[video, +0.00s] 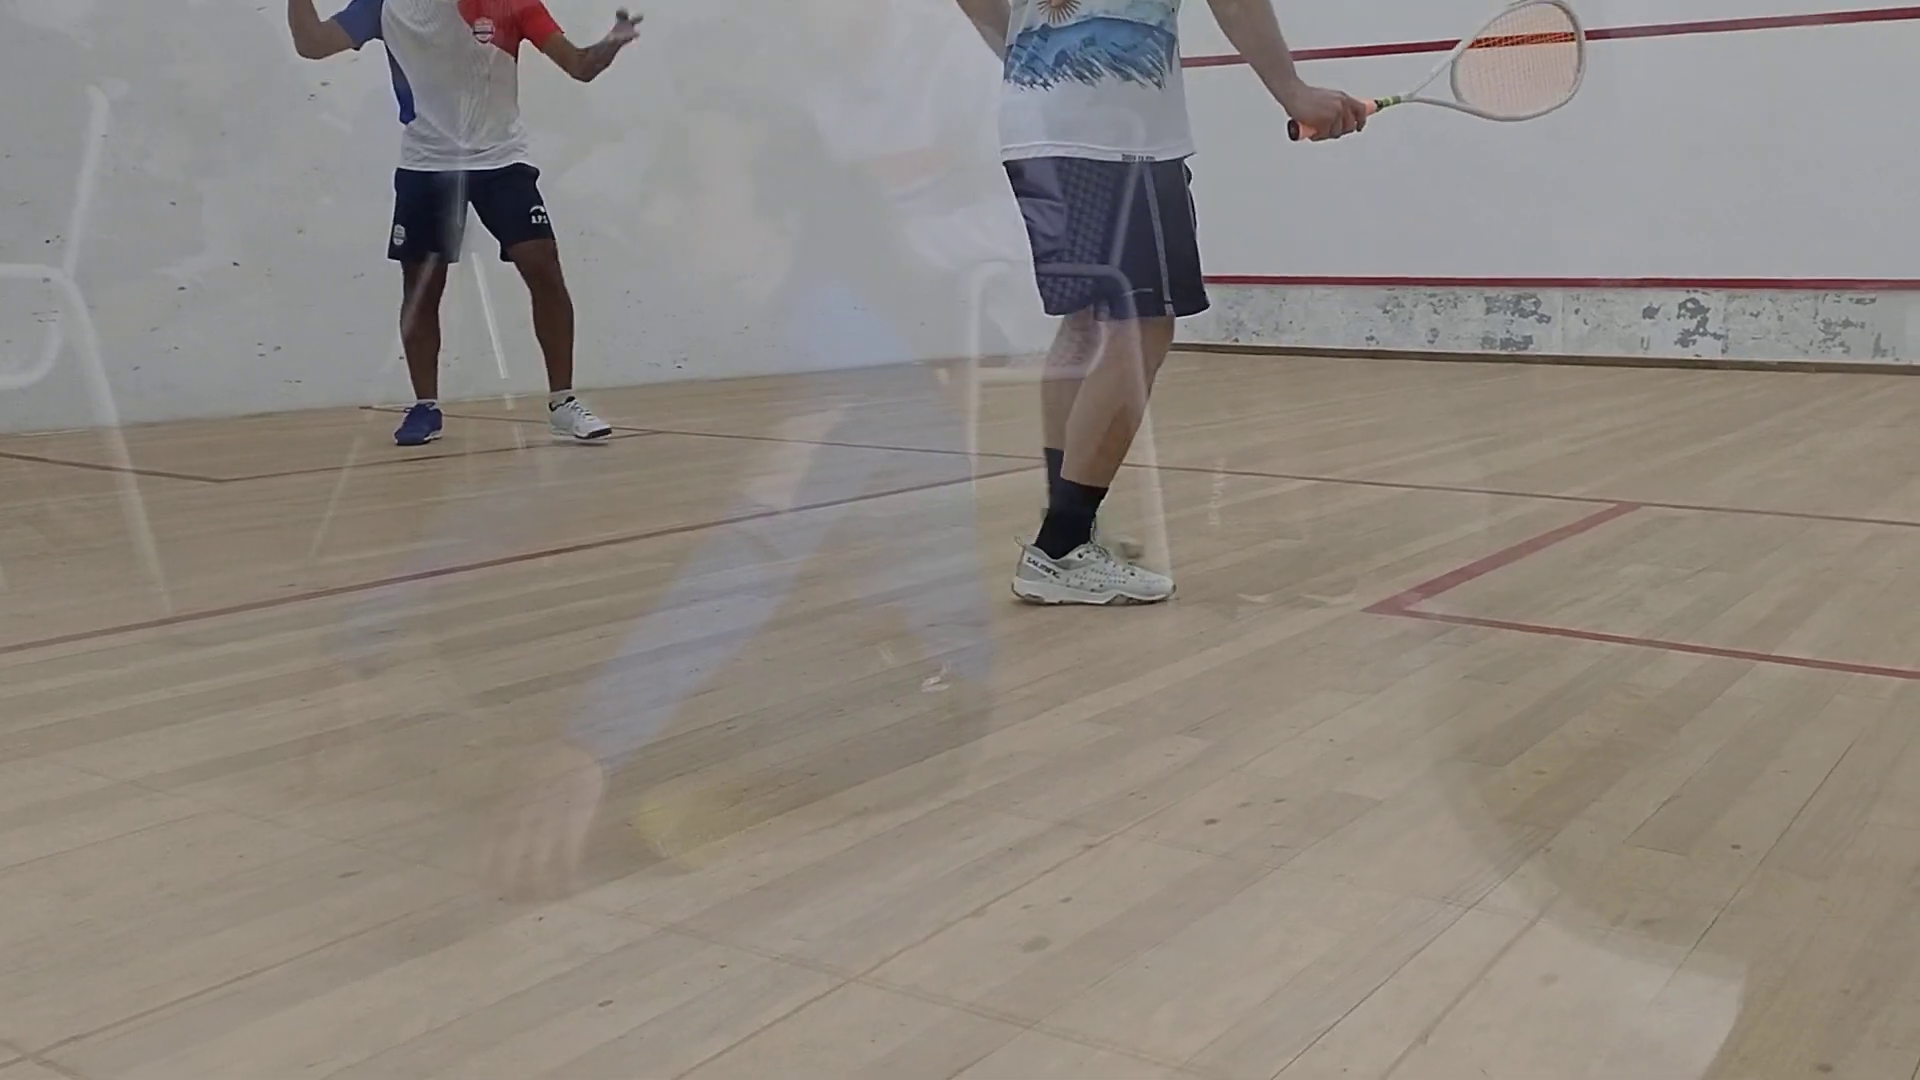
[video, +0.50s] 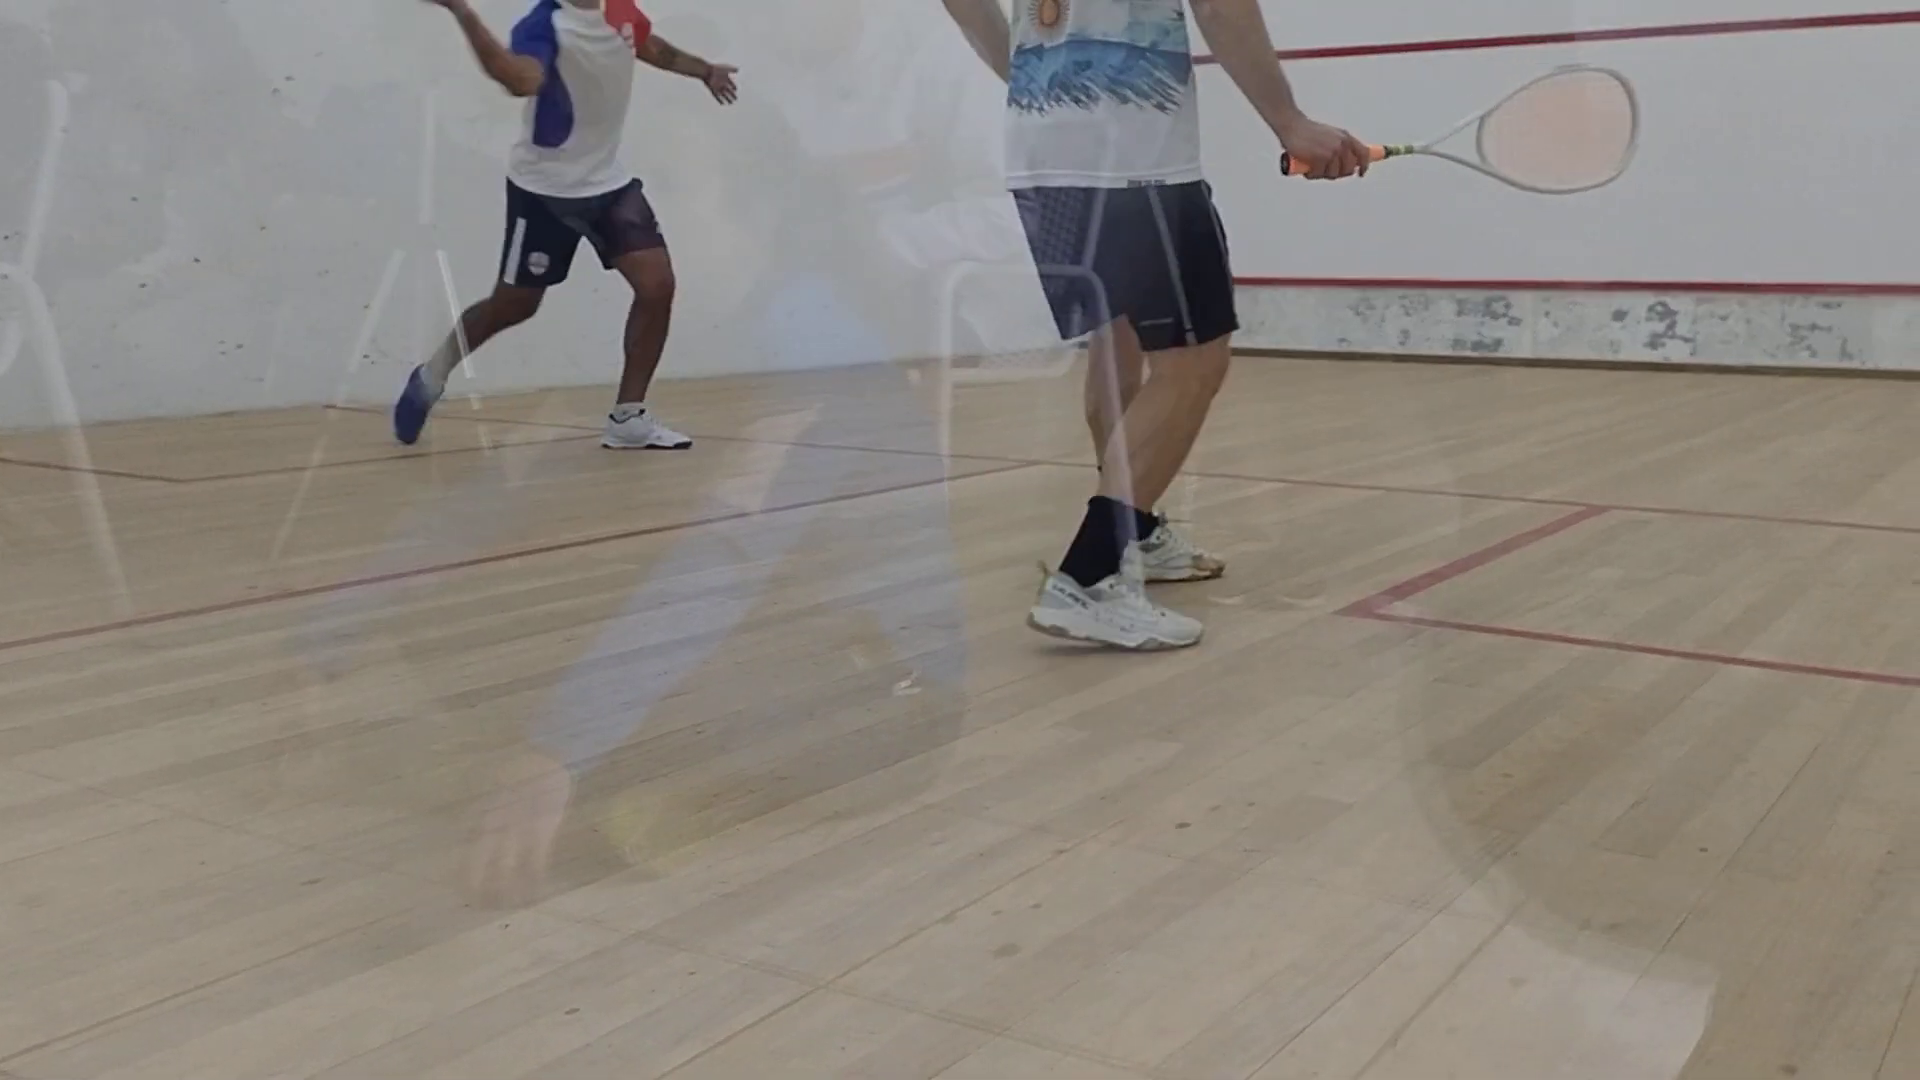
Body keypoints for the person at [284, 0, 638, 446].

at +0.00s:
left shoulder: (509, 3)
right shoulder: (388, 6)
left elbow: (579, 65)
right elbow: (311, 43)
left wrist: (611, 42)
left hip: (503, 156)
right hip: (426, 161)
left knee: (544, 270)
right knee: (423, 281)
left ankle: (564, 403)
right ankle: (425, 407)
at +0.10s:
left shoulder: (518, 2)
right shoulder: (397, 6)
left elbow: (608, 41)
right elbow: (315, 35)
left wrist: (648, 13)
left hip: (510, 156)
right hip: (435, 161)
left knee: (559, 270)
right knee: (425, 284)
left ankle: (595, 403)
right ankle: (420, 407)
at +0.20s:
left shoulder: (536, 5)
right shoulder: (410, 8)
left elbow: (628, 28)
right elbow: (325, 26)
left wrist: (700, 14)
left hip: (529, 163)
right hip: (452, 168)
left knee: (582, 278)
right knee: (428, 292)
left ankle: (622, 405)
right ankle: (417, 410)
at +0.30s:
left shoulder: (564, 10)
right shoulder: (442, 14)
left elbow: (649, 29)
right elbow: (350, 22)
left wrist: (733, 30)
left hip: (556, 174)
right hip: (477, 179)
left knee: (611, 285)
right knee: (440, 297)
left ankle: (633, 417)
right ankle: (413, 406)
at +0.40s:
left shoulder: (598, 11)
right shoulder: (486, 19)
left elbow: (658, 37)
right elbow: (399, 40)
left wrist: (722, 49)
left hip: (588, 178)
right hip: (514, 184)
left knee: (643, 284)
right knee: (471, 296)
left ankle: (633, 417)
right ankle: (412, 395)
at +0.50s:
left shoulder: (624, 13)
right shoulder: (543, 24)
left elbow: (653, 49)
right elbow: (522, 80)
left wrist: (705, 70)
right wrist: (463, 12)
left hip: (607, 181)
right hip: (542, 186)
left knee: (657, 286)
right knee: (516, 302)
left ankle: (627, 416)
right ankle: (430, 377)